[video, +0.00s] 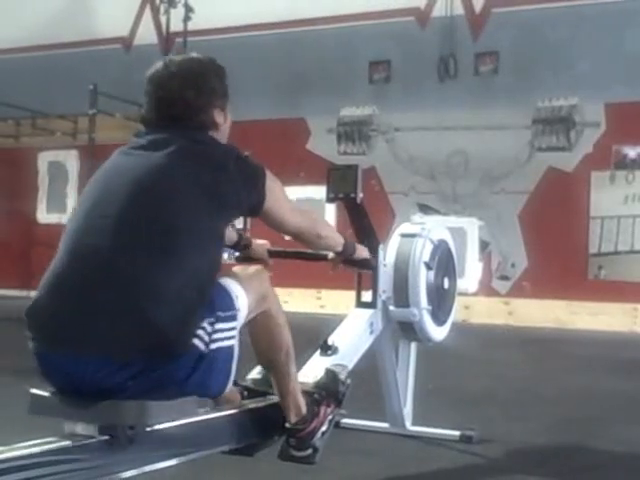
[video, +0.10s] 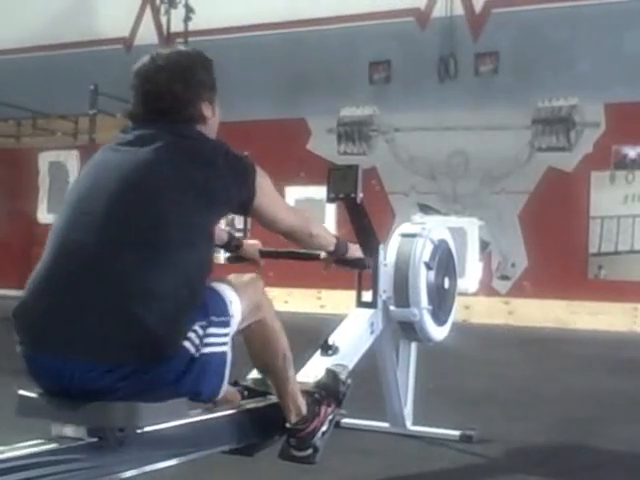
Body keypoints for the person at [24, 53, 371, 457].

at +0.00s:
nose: (228, 122)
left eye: (227, 112)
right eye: (226, 111)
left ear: (154, 113)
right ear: (214, 114)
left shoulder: (124, 158)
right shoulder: (224, 162)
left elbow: (157, 235)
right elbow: (299, 225)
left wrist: (239, 245)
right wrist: (341, 247)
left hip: (62, 361)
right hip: (147, 364)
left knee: (186, 276)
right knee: (258, 279)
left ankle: (227, 403)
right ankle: (298, 415)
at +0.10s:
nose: (217, 116)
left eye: (216, 106)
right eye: (215, 105)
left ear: (140, 109)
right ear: (203, 108)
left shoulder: (108, 155)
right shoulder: (214, 159)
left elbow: (144, 225)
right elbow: (291, 224)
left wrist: (224, 236)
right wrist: (333, 245)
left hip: (48, 361)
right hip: (131, 363)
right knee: (253, 292)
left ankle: (219, 396)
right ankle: (298, 413)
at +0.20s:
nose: (202, 103)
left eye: (200, 92)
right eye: (200, 92)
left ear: (125, 97)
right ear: (187, 97)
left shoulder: (91, 151)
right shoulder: (195, 150)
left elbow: (140, 216)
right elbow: (282, 220)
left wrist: (218, 236)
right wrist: (321, 239)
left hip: (36, 365)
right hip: (118, 365)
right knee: (247, 301)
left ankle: (242, 413)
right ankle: (298, 415)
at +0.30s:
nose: (186, 84)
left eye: (183, 73)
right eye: (183, 72)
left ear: (108, 81)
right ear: (167, 82)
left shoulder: (72, 141)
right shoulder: (180, 142)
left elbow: (116, 206)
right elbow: (269, 212)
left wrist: (201, 226)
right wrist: (313, 236)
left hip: (27, 368)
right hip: (105, 369)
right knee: (244, 315)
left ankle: (242, 408)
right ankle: (300, 416)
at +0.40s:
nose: (160, 66)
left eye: (156, 52)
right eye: (156, 52)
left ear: (77, 63)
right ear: (140, 61)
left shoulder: (49, 136)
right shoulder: (160, 131)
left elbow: (118, 192)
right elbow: (252, 200)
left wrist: (188, 223)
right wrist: (300, 230)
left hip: (26, 367)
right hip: (108, 361)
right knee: (243, 325)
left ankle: (253, 420)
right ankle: (300, 417)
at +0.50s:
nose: (127, 46)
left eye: (122, 34)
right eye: (121, 35)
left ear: (37, 50)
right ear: (104, 44)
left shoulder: (15, 123)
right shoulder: (135, 121)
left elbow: (82, 189)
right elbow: (230, 190)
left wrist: (168, 222)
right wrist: (283, 226)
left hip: (15, 357)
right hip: (102, 350)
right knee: (238, 332)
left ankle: (252, 419)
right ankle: (302, 416)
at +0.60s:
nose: (88, 36)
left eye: (83, 22)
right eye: (80, 21)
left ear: (8, 44)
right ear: (62, 29)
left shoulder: (5, 113)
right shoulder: (106, 114)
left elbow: (42, 210)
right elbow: (208, 194)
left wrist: (138, 226)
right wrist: (261, 224)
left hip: (9, 354)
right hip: (97, 346)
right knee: (235, 342)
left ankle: (261, 410)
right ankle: (304, 416)